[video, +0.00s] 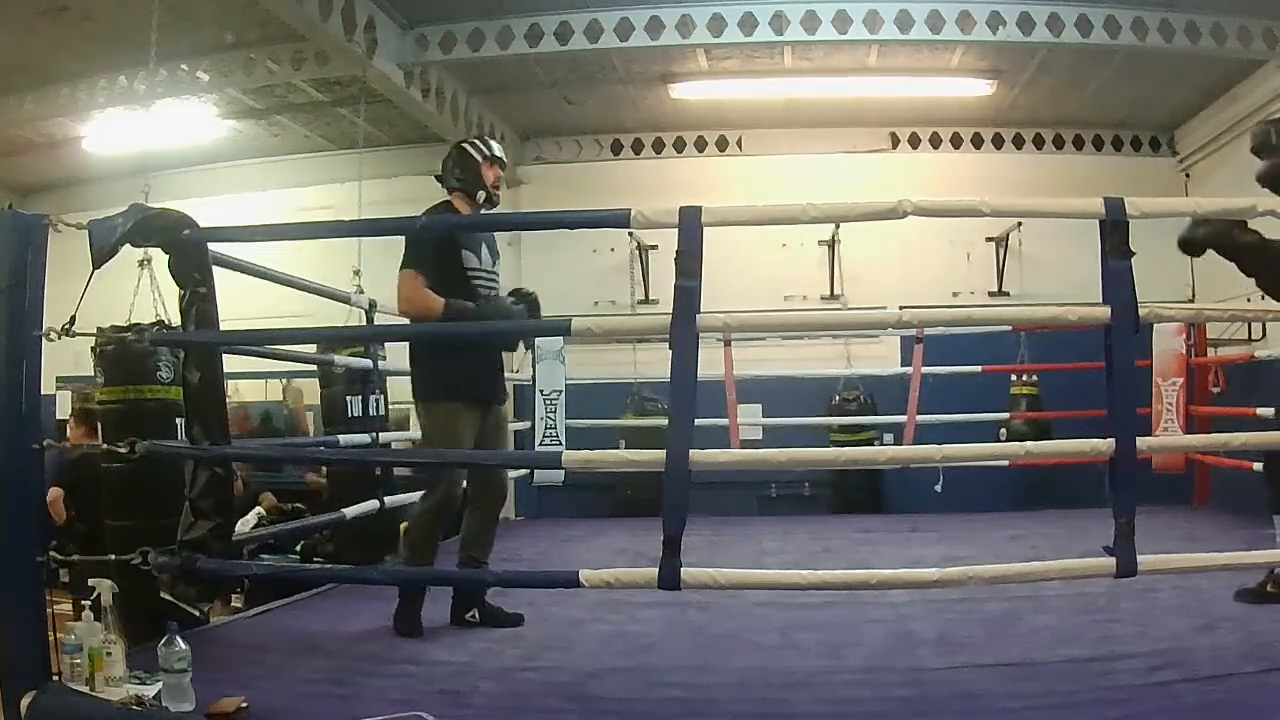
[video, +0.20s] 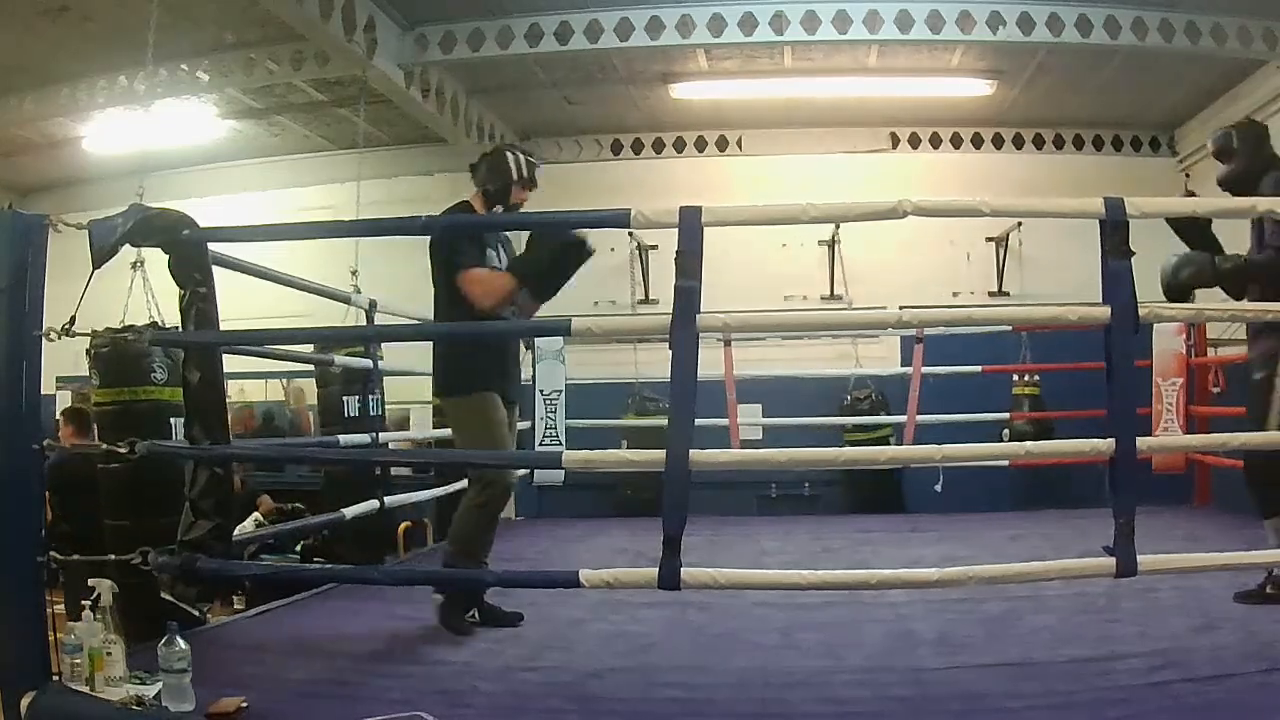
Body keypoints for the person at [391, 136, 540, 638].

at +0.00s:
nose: (499, 176)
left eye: (499, 169)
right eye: (491, 166)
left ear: (485, 177)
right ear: (464, 167)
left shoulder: (483, 235)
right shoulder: (432, 224)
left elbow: (477, 303)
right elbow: (408, 298)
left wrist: (513, 305)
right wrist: (475, 312)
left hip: (487, 384)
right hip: (444, 385)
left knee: (490, 489)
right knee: (444, 489)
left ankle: (469, 600)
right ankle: (409, 599)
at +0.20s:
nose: (527, 199)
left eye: (530, 190)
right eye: (525, 189)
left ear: (498, 181)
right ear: (507, 182)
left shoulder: (499, 233)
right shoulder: (457, 224)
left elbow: (517, 309)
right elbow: (482, 293)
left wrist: (553, 274)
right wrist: (532, 260)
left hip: (498, 381)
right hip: (467, 380)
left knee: (495, 483)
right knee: (494, 480)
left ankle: (470, 596)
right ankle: (455, 595)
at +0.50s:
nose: (579, 193)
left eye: (580, 183)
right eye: (576, 183)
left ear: (545, 181)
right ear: (554, 181)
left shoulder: (551, 234)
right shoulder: (504, 227)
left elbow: (574, 304)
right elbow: (538, 299)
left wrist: (616, 266)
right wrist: (593, 262)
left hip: (557, 387)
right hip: (523, 388)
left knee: (549, 496)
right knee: (541, 497)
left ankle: (482, 582)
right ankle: (538, 619)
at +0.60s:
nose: (600, 183)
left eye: (600, 173)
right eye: (595, 173)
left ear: (561, 176)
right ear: (570, 176)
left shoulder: (570, 228)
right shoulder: (527, 223)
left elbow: (570, 295)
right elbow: (539, 302)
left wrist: (616, 284)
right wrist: (605, 289)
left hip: (581, 383)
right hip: (542, 385)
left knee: (617, 483)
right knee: (551, 499)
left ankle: (530, 560)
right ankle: (539, 620)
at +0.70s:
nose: (625, 180)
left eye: (624, 170)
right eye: (620, 171)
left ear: (591, 173)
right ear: (597, 172)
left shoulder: (599, 225)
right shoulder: (550, 220)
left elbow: (608, 300)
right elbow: (563, 299)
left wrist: (648, 278)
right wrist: (631, 280)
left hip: (607, 382)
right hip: (562, 386)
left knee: (666, 462)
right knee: (560, 498)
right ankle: (538, 617)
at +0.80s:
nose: (651, 184)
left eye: (651, 177)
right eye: (646, 175)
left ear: (616, 173)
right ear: (620, 173)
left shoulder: (635, 227)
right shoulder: (577, 223)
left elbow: (650, 300)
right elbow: (606, 296)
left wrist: (697, 282)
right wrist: (655, 253)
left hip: (634, 384)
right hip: (583, 388)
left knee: (684, 479)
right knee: (568, 500)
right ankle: (540, 617)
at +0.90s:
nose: (693, 190)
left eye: (690, 182)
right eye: (684, 182)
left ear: (664, 191)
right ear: (655, 187)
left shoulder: (676, 244)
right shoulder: (609, 234)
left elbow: (727, 297)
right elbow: (641, 296)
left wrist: (764, 253)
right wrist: (684, 259)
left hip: (673, 403)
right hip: (610, 402)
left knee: (720, 491)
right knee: (583, 506)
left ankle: (743, 595)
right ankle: (542, 614)